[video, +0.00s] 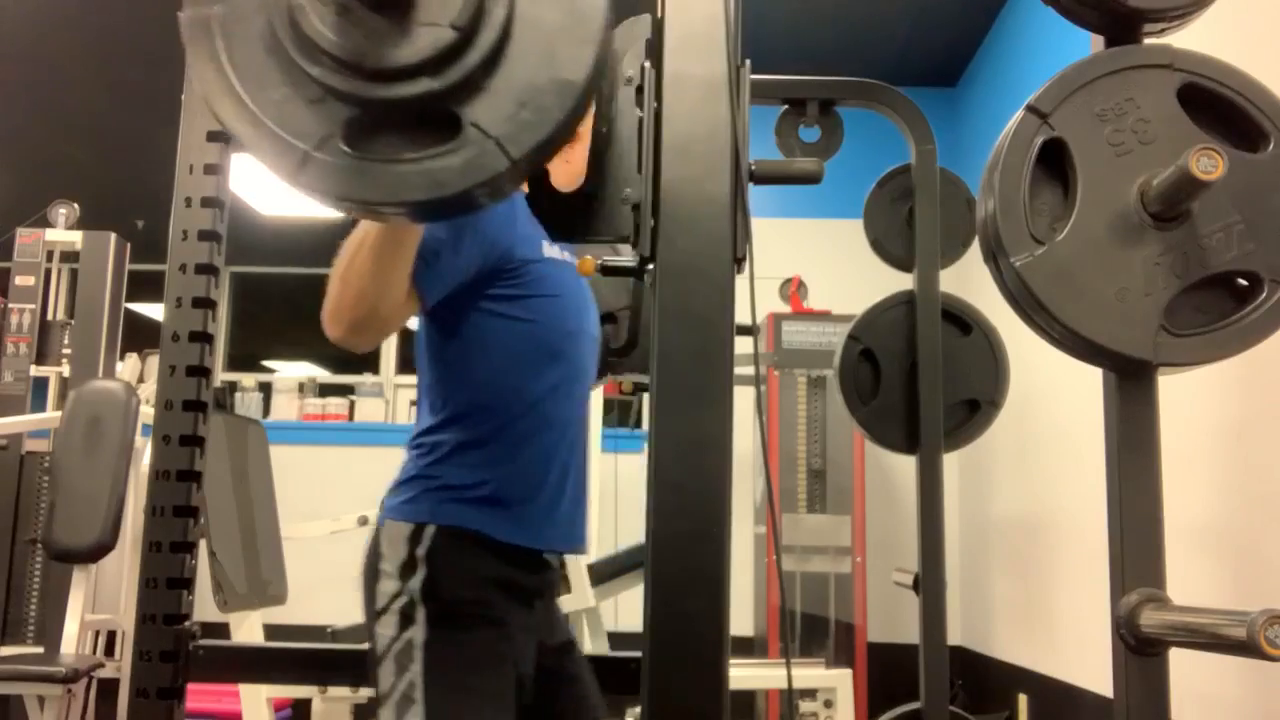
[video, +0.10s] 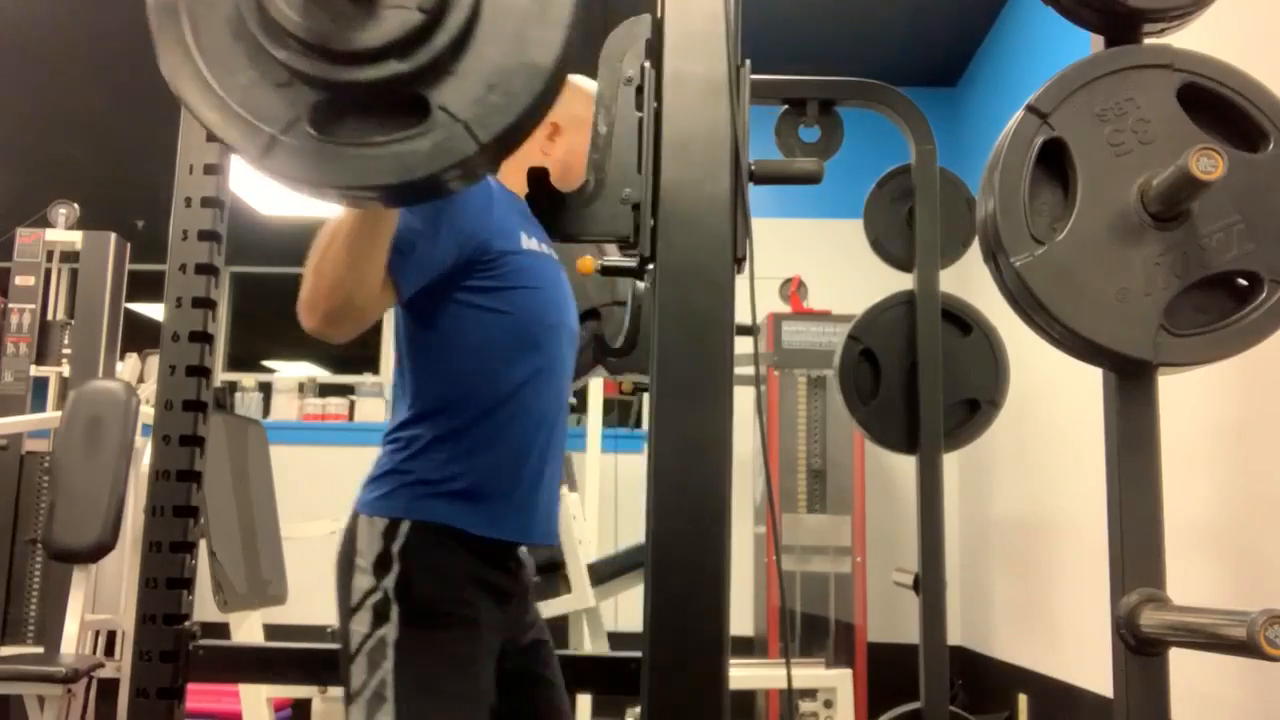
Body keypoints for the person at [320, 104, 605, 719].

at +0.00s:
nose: (594, 124)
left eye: (594, 105)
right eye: (583, 105)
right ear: (540, 114)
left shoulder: (526, 223)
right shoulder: (472, 209)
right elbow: (350, 323)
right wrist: (403, 166)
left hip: (523, 567)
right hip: (449, 559)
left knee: (578, 712)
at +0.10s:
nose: (595, 151)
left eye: (595, 131)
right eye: (589, 130)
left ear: (539, 127)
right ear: (545, 124)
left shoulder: (516, 217)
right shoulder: (454, 195)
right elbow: (326, 313)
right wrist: (381, 154)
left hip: (497, 555)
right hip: (423, 548)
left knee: (538, 711)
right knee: (416, 713)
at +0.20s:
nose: (590, 162)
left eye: (592, 142)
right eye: (585, 138)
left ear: (530, 132)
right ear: (530, 128)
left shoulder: (516, 227)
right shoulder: (442, 190)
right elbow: (310, 309)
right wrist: (369, 147)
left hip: (489, 556)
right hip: (406, 546)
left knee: (533, 713)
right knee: (387, 712)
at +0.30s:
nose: (578, 181)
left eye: (582, 165)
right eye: (572, 156)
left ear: (517, 135)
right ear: (514, 130)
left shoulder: (503, 236)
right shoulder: (428, 191)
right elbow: (284, 304)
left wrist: (569, 334)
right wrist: (346, 151)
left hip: (461, 554)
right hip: (387, 543)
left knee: (491, 709)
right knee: (377, 711)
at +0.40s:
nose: (562, 196)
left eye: (570, 182)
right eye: (558, 172)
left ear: (501, 143)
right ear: (500, 140)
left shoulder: (489, 245)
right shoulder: (414, 197)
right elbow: (258, 299)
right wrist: (320, 158)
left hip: (430, 554)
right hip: (364, 543)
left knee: (445, 708)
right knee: (363, 712)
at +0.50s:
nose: (544, 205)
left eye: (553, 190)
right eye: (542, 179)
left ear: (491, 150)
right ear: (489, 146)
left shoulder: (472, 250)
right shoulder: (403, 203)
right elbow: (243, 298)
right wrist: (298, 156)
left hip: (391, 549)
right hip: (339, 540)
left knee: (381, 709)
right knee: (335, 712)